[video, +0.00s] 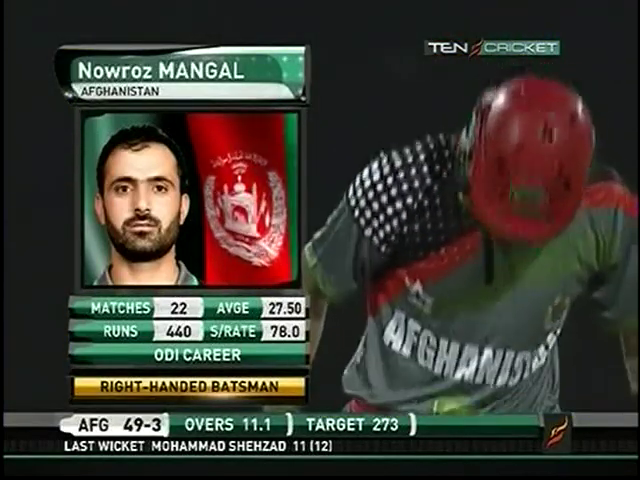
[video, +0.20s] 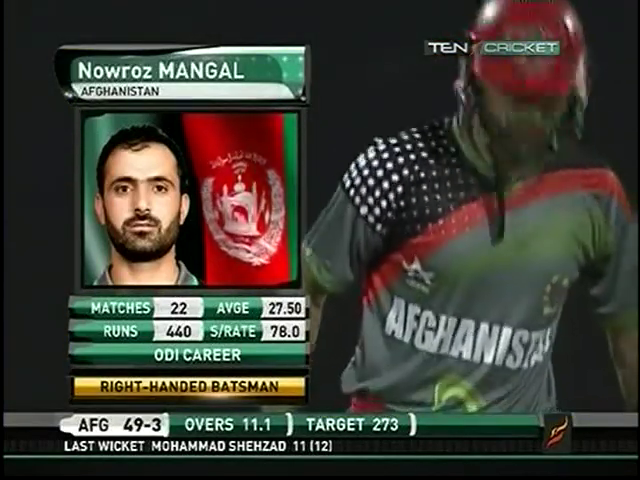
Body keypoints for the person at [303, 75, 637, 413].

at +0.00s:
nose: (518, 234)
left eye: (536, 221)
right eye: (505, 215)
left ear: (575, 183)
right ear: (473, 163)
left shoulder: (607, 214)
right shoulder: (398, 189)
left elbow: (634, 338)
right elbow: (312, 291)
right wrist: (278, 412)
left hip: (524, 438)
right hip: (390, 434)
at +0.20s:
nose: (533, 119)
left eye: (548, 101)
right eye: (516, 100)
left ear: (573, 92)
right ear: (473, 82)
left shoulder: (595, 193)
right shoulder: (393, 171)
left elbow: (628, 335)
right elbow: (309, 292)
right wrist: (274, 418)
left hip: (521, 447)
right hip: (387, 440)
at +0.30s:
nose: (515, 81)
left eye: (533, 64)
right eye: (496, 62)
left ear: (560, 75)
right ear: (458, 68)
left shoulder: (582, 194)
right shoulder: (383, 173)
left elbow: (619, 329)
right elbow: (297, 299)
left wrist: (631, 434)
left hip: (513, 449)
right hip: (381, 443)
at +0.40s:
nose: (507, 84)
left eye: (526, 66)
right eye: (487, 66)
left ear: (551, 80)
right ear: (449, 78)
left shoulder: (576, 211)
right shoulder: (376, 193)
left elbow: (610, 350)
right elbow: (291, 322)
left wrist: (625, 453)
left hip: (512, 465)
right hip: (376, 458)